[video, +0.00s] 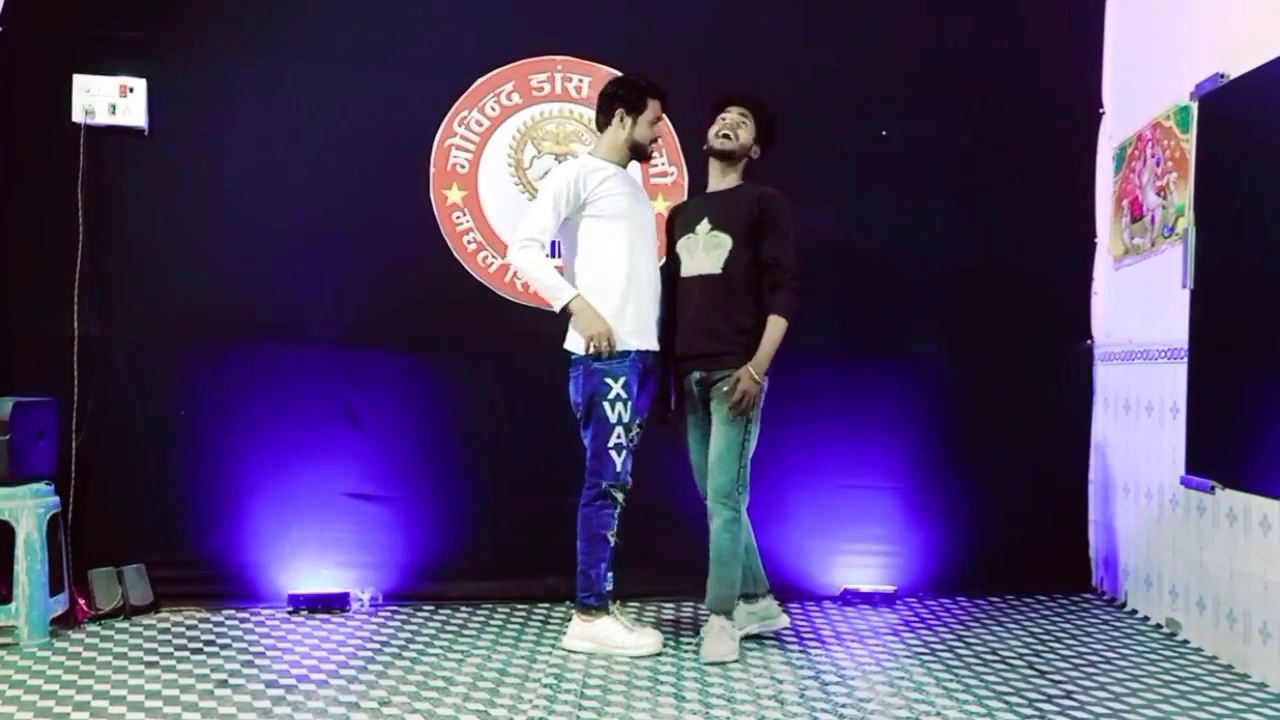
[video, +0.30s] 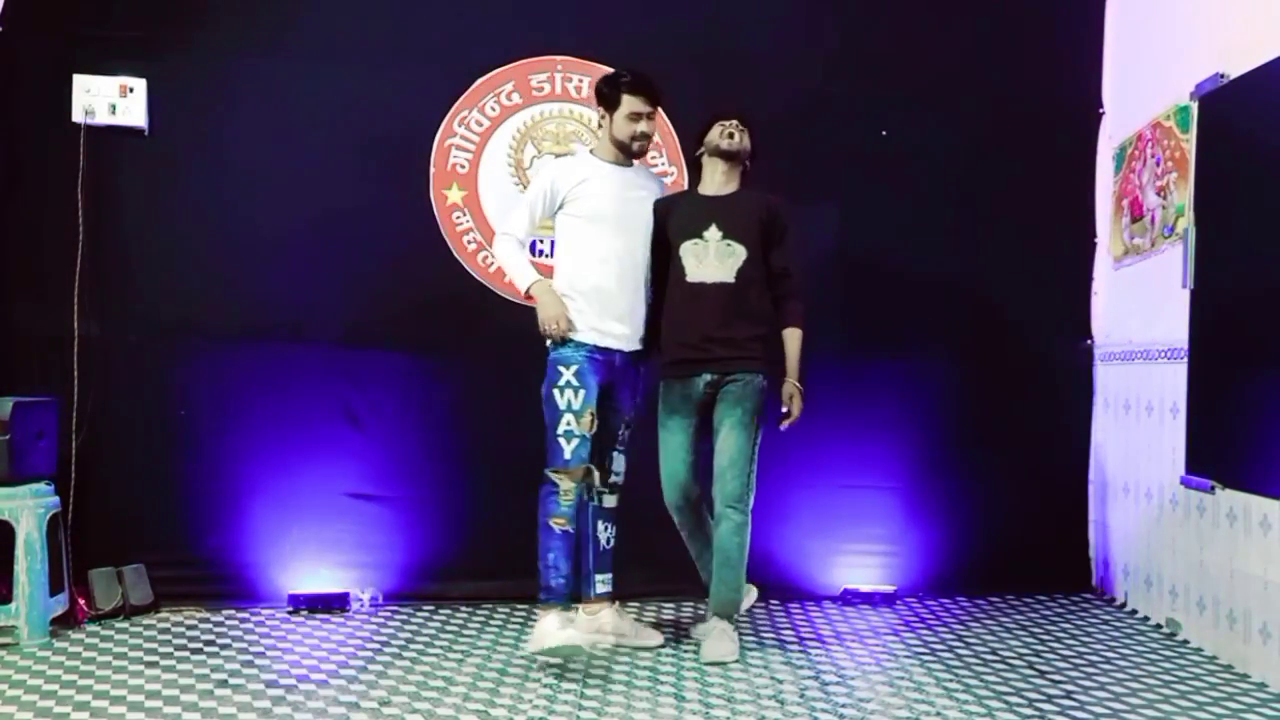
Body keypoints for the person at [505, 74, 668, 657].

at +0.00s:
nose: (661, 130)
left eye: (661, 121)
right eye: (655, 119)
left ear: (626, 118)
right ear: (622, 116)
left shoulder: (631, 183)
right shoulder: (578, 173)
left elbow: (637, 265)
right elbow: (524, 250)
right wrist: (581, 307)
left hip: (636, 352)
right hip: (603, 355)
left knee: (612, 483)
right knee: (607, 483)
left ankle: (599, 610)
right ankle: (590, 616)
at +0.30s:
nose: (644, 127)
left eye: (650, 118)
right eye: (634, 117)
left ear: (651, 120)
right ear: (604, 116)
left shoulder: (654, 187)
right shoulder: (563, 171)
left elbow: (674, 252)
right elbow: (507, 239)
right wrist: (542, 290)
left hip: (632, 349)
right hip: (576, 343)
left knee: (609, 478)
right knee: (569, 474)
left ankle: (598, 608)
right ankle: (553, 614)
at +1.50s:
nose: (483, 143)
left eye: (481, 134)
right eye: (472, 135)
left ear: (457, 146)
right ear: (439, 145)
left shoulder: (505, 204)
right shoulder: (404, 225)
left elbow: (539, 256)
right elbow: (404, 318)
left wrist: (540, 295)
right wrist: (475, 290)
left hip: (530, 371)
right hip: (459, 377)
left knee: (582, 480)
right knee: (419, 494)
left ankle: (615, 604)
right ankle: (377, 609)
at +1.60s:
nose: (482, 142)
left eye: (480, 134)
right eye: (471, 134)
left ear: (455, 146)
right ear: (436, 145)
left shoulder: (499, 203)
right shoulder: (402, 223)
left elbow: (545, 244)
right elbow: (415, 309)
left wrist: (589, 279)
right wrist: (483, 267)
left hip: (531, 366)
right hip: (462, 371)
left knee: (578, 480)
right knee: (423, 492)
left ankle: (615, 604)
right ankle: (378, 609)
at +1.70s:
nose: (481, 143)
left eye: (480, 135)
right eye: (471, 135)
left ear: (459, 146)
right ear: (435, 145)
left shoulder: (500, 201)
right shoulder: (404, 222)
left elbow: (555, 237)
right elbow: (429, 299)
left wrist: (612, 262)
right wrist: (492, 253)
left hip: (532, 366)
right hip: (462, 371)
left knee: (575, 480)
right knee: (423, 490)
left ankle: (614, 604)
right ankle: (378, 609)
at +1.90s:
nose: (492, 141)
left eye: (491, 132)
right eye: (483, 132)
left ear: (472, 143)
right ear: (447, 141)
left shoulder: (506, 198)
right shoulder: (413, 210)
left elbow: (566, 223)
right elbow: (441, 274)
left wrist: (631, 237)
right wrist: (502, 234)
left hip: (531, 365)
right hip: (462, 369)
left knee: (571, 481)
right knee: (426, 487)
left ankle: (613, 603)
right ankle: (378, 607)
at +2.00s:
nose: (506, 141)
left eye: (505, 131)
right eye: (496, 131)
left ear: (477, 140)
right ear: (460, 138)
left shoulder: (515, 199)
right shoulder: (423, 204)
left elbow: (570, 234)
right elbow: (446, 273)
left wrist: (632, 238)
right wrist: (513, 237)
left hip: (531, 365)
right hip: (462, 368)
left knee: (572, 481)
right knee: (425, 485)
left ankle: (613, 604)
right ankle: (378, 607)